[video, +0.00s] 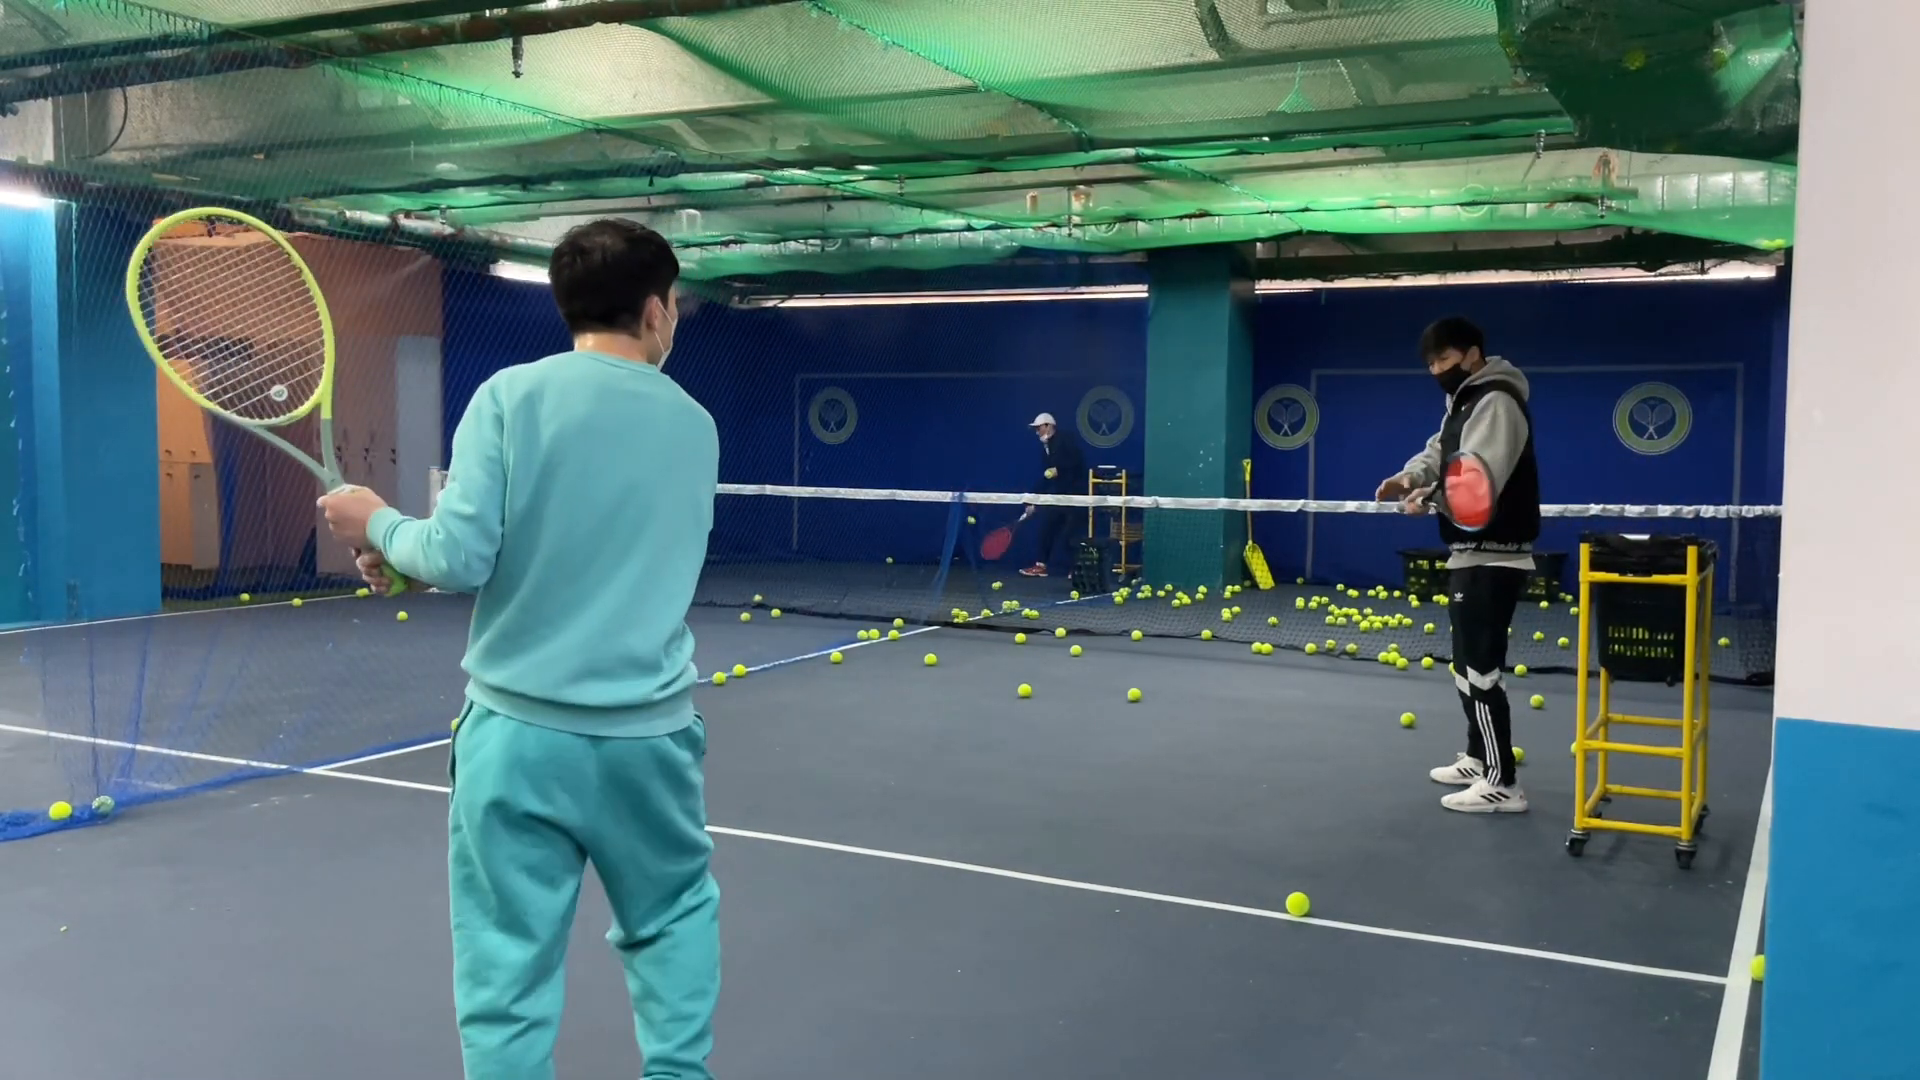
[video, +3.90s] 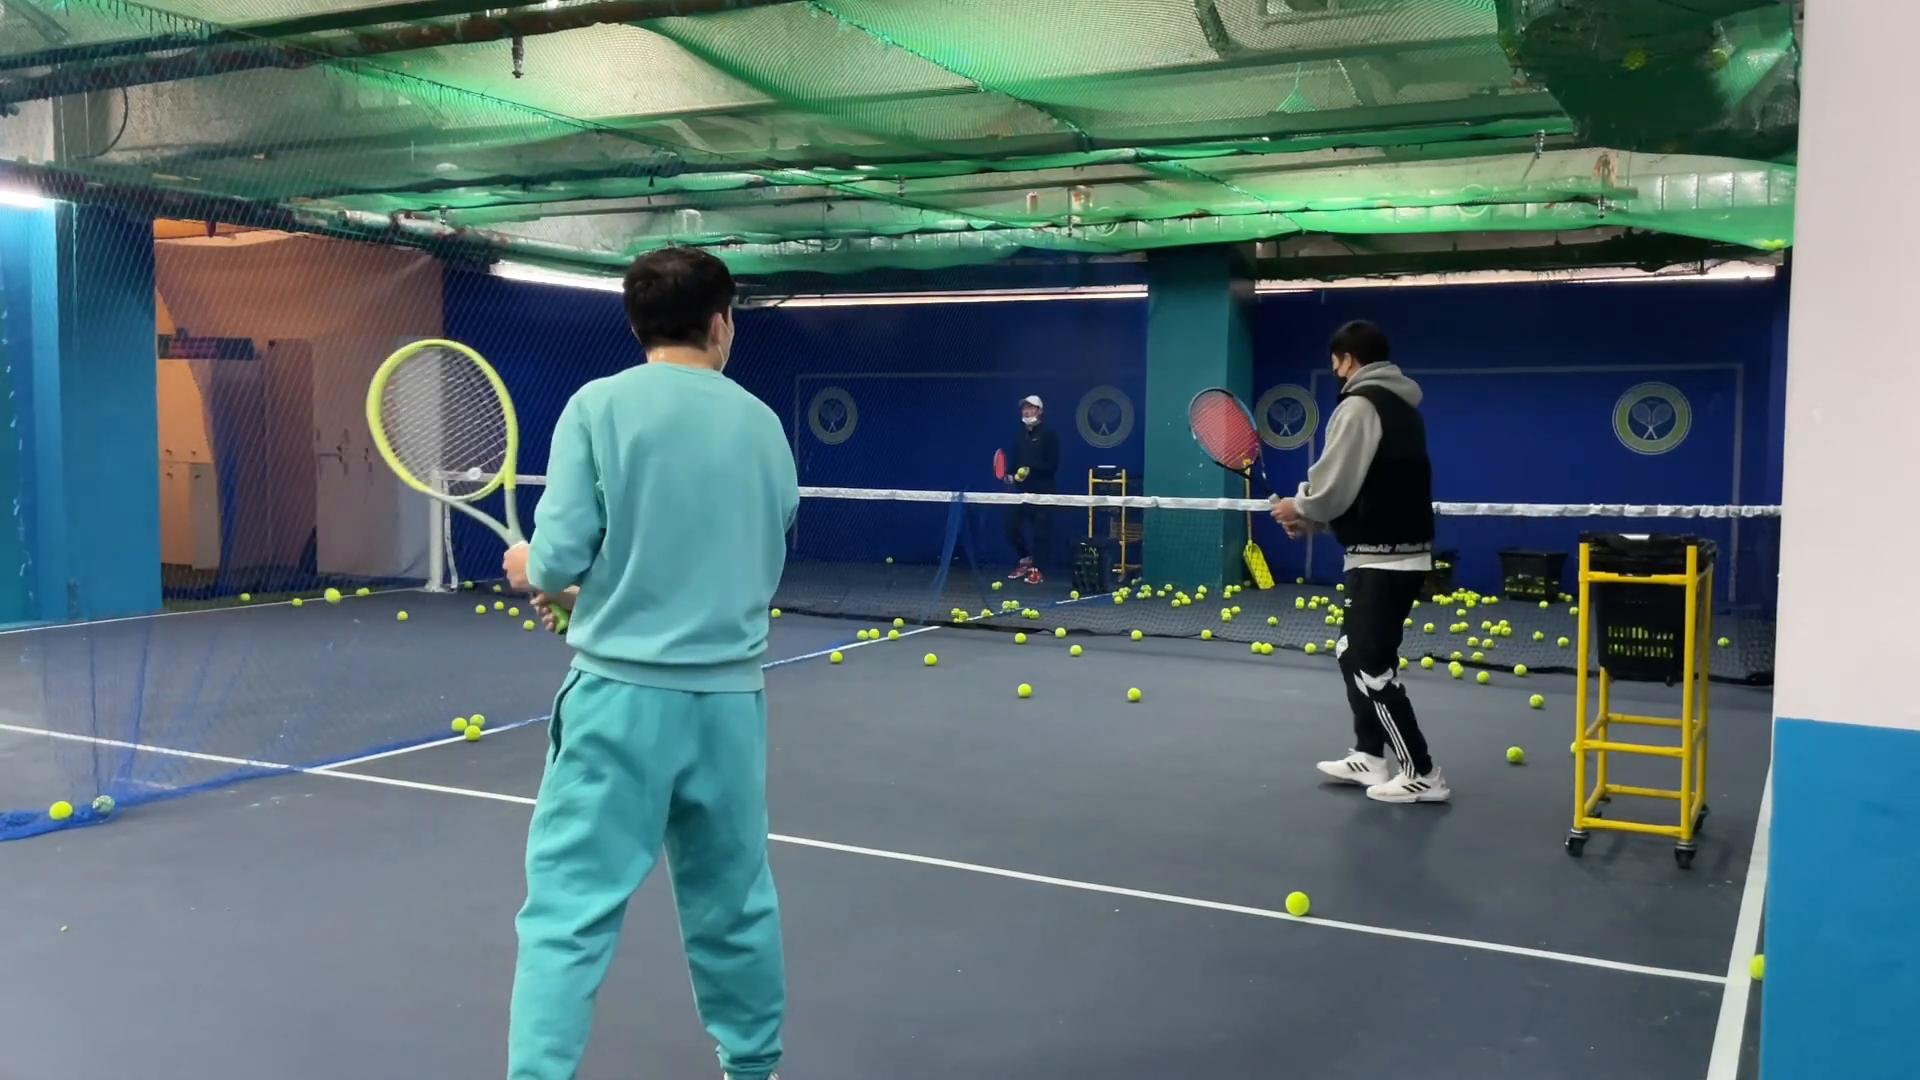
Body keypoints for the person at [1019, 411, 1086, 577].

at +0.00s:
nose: (1037, 432)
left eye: (1039, 428)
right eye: (1036, 429)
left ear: (1049, 426)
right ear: (1043, 428)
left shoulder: (1064, 439)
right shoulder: (1046, 447)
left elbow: (1074, 461)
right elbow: (1044, 477)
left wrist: (1058, 470)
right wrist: (1033, 500)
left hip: (1074, 491)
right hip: (1058, 491)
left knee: (1072, 529)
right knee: (1047, 526)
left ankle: (1075, 567)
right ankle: (1041, 564)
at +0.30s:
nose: (1039, 426)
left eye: (1042, 422)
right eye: (1038, 422)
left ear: (1052, 421)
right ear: (1043, 423)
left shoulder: (1068, 436)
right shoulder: (1045, 445)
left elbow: (1087, 454)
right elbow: (1052, 471)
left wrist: (1073, 461)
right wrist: (1043, 474)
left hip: (1078, 489)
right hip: (1060, 490)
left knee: (1075, 529)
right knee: (1050, 525)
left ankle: (1077, 568)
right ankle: (1041, 564)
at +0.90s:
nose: (1058, 412)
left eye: (1062, 409)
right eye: (1056, 408)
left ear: (1070, 412)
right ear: (1053, 411)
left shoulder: (1079, 434)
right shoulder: (1046, 434)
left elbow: (1092, 459)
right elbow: (1039, 460)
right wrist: (1034, 482)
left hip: (1075, 487)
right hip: (1052, 486)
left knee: (1074, 526)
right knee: (1047, 525)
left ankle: (1077, 567)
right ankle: (1041, 564)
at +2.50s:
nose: (1053, 415)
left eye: (1057, 412)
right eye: (1051, 412)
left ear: (1064, 413)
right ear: (1047, 413)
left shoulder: (1074, 433)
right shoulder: (1041, 432)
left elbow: (1084, 459)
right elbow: (1032, 455)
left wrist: (1073, 460)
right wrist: (1037, 461)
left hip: (1069, 486)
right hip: (1046, 485)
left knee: (1071, 526)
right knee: (1042, 525)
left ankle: (1074, 565)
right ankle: (1040, 563)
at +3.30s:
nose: (1050, 413)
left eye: (1053, 410)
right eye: (1046, 410)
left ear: (1059, 412)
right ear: (1042, 412)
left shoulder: (1068, 434)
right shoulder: (1033, 434)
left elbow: (1070, 461)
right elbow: (1018, 456)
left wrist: (1078, 458)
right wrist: (1016, 477)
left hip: (1062, 487)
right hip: (1038, 487)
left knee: (1066, 525)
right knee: (1040, 528)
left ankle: (1063, 561)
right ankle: (1044, 566)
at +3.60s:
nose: (1036, 411)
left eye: (1040, 407)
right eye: (1033, 407)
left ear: (1047, 410)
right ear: (1029, 410)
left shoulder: (1056, 433)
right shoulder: (1024, 433)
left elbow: (1068, 459)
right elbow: (1015, 458)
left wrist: (1054, 463)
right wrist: (1009, 479)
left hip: (1050, 487)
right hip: (1030, 486)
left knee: (1047, 525)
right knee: (1035, 526)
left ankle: (1042, 566)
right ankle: (1041, 566)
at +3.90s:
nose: (1027, 412)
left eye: (1031, 408)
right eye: (1025, 408)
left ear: (1039, 411)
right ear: (1022, 411)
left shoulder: (1048, 434)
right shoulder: (1019, 434)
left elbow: (1051, 464)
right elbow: (1014, 458)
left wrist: (1029, 470)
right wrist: (1010, 473)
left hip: (1042, 488)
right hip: (1021, 487)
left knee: (1040, 528)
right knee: (1011, 524)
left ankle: (1037, 568)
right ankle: (1025, 560)